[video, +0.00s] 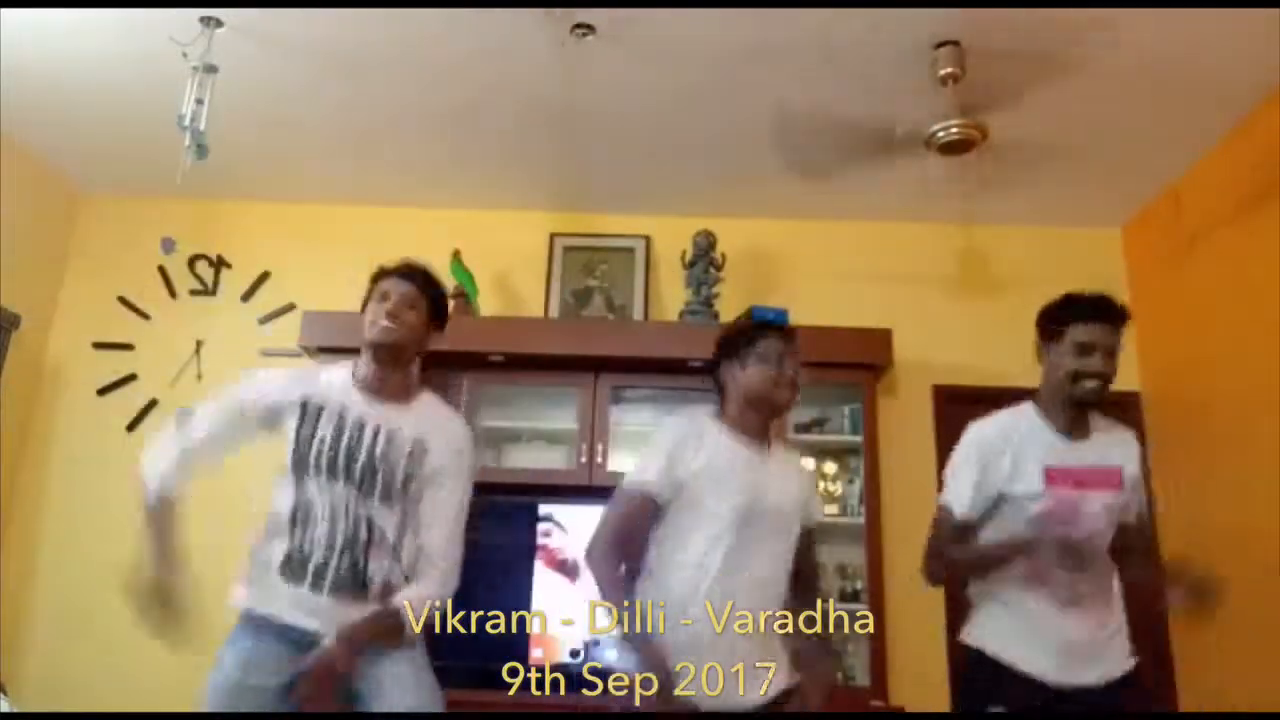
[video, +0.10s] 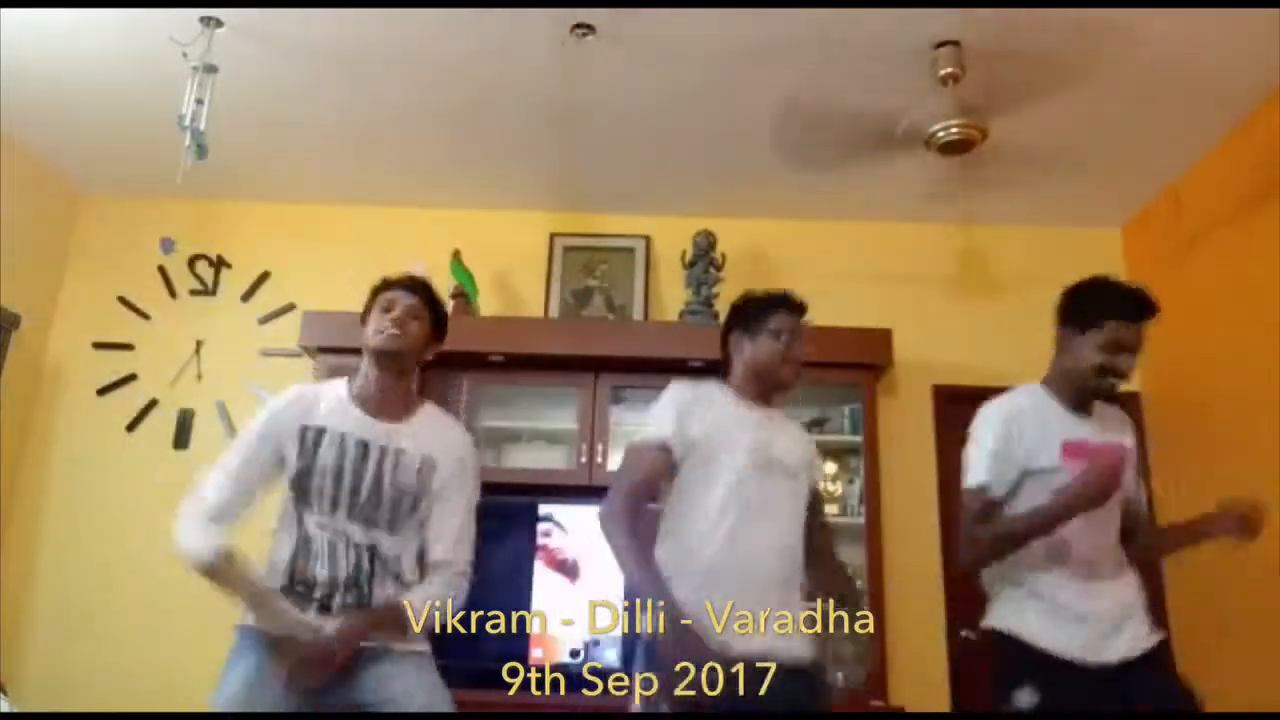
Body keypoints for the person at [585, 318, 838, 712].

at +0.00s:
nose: (787, 374)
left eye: (791, 363)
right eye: (769, 360)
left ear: (797, 376)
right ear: (729, 371)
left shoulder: (797, 475)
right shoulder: (686, 437)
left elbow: (804, 593)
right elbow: (603, 550)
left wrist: (814, 668)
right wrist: (640, 644)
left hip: (762, 688)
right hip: (670, 686)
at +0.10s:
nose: (795, 352)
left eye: (798, 341)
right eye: (781, 337)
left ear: (799, 350)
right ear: (738, 343)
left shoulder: (799, 441)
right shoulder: (689, 402)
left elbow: (819, 555)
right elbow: (617, 512)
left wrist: (861, 619)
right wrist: (669, 624)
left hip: (787, 671)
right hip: (695, 666)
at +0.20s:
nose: (810, 341)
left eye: (813, 330)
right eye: (795, 325)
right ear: (748, 329)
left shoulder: (803, 423)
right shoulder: (696, 387)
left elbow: (828, 546)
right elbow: (629, 497)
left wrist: (898, 617)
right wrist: (665, 581)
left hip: (803, 644)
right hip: (709, 638)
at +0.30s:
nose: (831, 379)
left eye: (836, 366)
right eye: (824, 360)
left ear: (787, 352)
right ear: (775, 345)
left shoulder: (814, 443)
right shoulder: (707, 410)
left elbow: (845, 581)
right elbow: (668, 525)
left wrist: (943, 642)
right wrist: (600, 573)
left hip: (851, 653)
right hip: (762, 646)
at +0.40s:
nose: (833, 416)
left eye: (841, 404)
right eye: (827, 397)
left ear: (843, 399)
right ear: (780, 379)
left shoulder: (822, 476)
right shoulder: (714, 449)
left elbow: (857, 602)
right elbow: (680, 555)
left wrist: (950, 657)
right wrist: (581, 604)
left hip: (870, 689)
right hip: (778, 684)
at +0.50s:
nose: (842, 402)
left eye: (849, 390)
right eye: (829, 386)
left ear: (853, 399)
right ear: (784, 388)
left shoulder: (848, 495)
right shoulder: (733, 459)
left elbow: (889, 610)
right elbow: (690, 562)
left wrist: (979, 664)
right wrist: (607, 622)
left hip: (868, 691)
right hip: (779, 683)